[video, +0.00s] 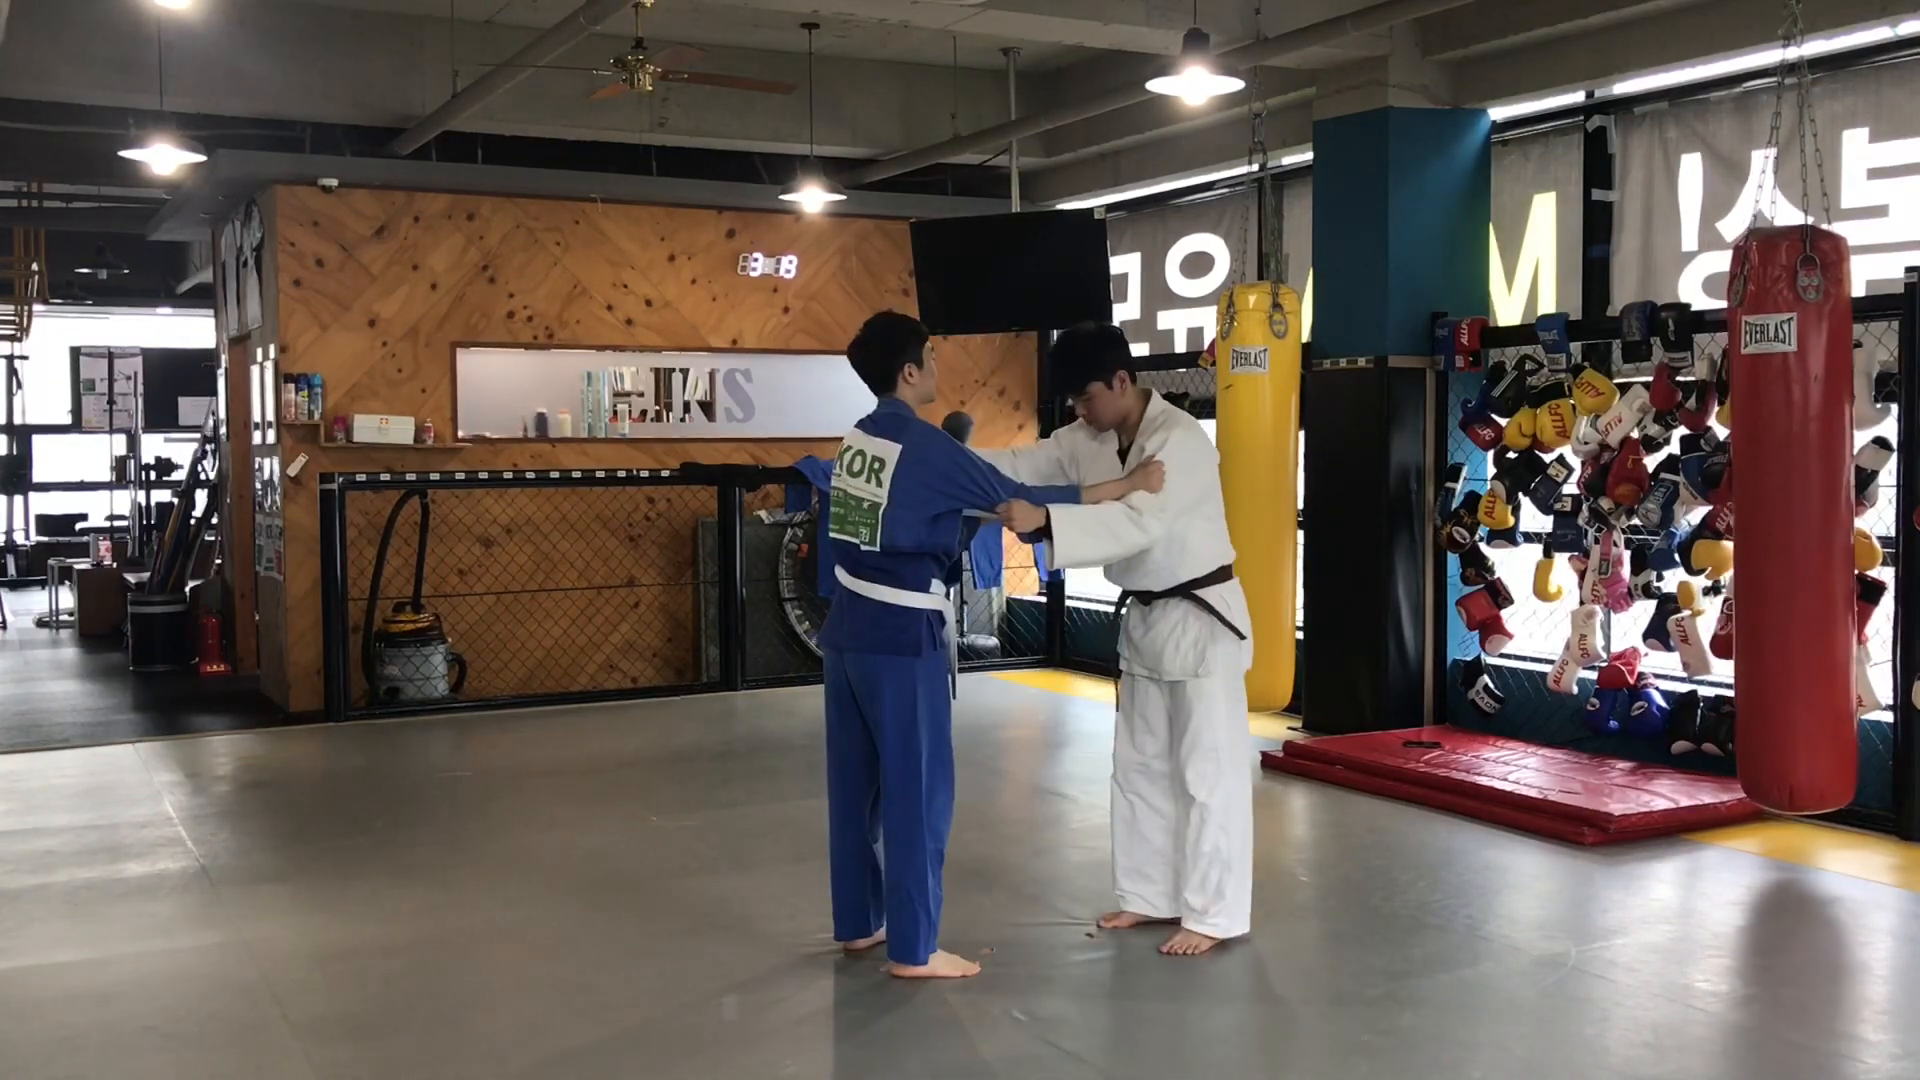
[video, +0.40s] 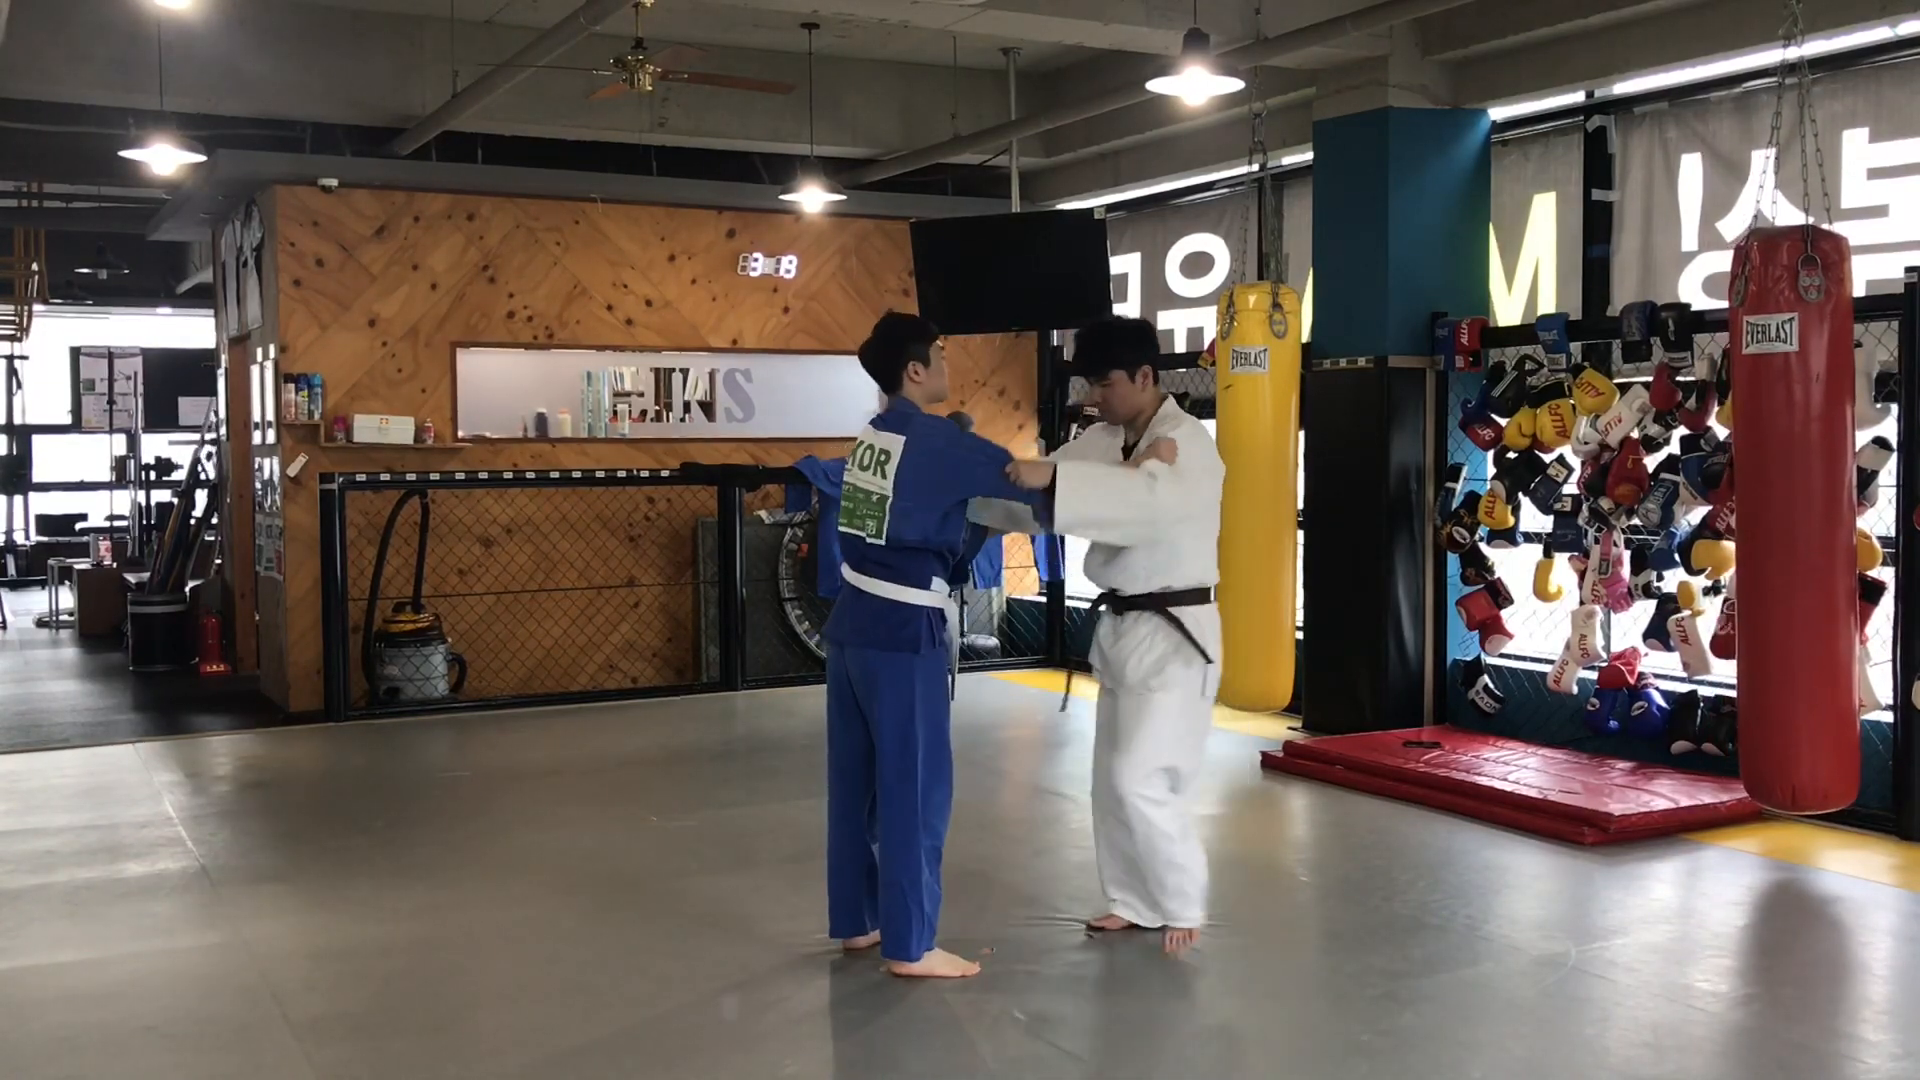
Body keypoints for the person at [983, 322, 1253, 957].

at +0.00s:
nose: (1076, 411)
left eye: (1082, 398)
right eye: (1072, 401)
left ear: (1121, 381)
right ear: (1109, 387)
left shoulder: (1180, 439)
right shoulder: (1085, 441)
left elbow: (1143, 522)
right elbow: (1013, 468)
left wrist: (1046, 521)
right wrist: (939, 464)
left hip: (1202, 616)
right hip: (1143, 617)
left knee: (1210, 774)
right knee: (1144, 769)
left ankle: (1215, 915)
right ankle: (1150, 897)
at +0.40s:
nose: (1094, 400)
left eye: (1102, 386)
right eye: (1090, 388)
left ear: (1143, 377)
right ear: (1114, 384)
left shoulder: (1192, 442)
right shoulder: (1097, 443)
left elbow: (1152, 498)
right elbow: (1037, 487)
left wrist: (1055, 477)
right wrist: (967, 460)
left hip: (1177, 627)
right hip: (1119, 623)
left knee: (1143, 776)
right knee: (1111, 776)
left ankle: (1183, 906)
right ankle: (1133, 902)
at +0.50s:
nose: (1096, 402)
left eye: (1105, 387)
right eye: (1093, 388)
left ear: (1148, 383)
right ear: (1126, 387)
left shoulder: (1190, 445)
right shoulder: (1106, 445)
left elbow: (1153, 488)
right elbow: (1046, 507)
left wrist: (1061, 458)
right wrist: (959, 487)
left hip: (1161, 632)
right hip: (1105, 627)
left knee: (1102, 773)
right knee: (1124, 775)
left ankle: (1148, 902)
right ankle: (1137, 901)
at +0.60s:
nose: (1099, 413)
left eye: (1108, 399)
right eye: (1097, 400)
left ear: (1152, 393)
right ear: (1141, 397)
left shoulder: (1192, 454)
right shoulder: (1120, 455)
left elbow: (1157, 478)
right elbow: (1056, 517)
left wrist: (1067, 450)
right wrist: (988, 488)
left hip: (1137, 647)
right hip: (1082, 640)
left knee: (1072, 781)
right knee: (1118, 784)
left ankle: (1083, 945)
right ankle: (1140, 900)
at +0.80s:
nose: (1065, 398)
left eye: (1078, 387)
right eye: (1064, 385)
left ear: (1124, 393)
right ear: (1067, 386)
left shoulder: (1164, 454)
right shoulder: (1055, 439)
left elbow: (1210, 545)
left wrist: (1129, 496)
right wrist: (973, 437)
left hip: (1076, 647)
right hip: (1005, 632)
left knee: (1063, 814)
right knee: (983, 798)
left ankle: (1059, 981)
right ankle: (1067, 895)